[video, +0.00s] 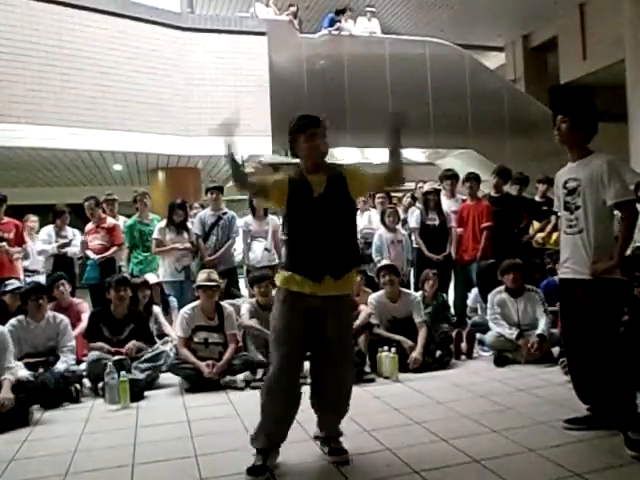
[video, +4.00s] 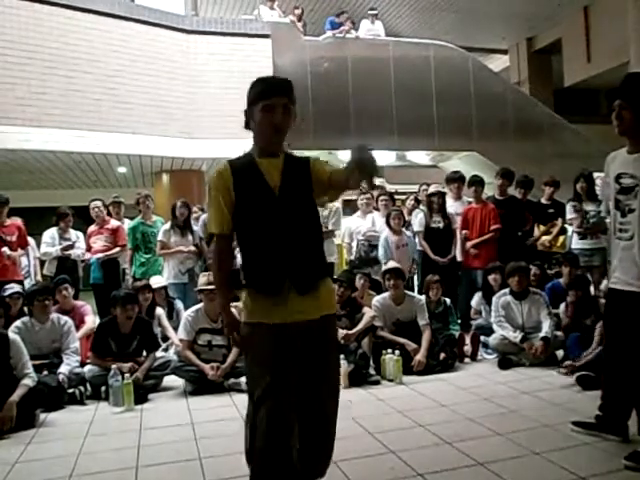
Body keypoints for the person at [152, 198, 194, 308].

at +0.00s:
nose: (178, 218)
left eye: (181, 215)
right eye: (176, 214)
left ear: (185, 215)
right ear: (171, 214)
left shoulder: (187, 228)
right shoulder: (161, 228)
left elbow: (195, 247)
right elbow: (155, 249)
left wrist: (189, 247)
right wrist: (174, 247)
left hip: (186, 269)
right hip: (169, 271)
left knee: (187, 304)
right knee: (174, 305)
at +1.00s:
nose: (179, 218)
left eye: (182, 215)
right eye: (177, 215)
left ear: (186, 215)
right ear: (172, 213)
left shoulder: (189, 227)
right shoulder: (163, 227)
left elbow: (196, 247)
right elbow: (156, 249)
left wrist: (188, 247)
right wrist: (174, 247)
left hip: (188, 269)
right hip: (171, 270)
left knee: (188, 304)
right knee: (175, 305)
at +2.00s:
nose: (178, 218)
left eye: (181, 215)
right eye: (176, 215)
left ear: (185, 215)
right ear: (171, 213)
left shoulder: (189, 228)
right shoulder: (162, 228)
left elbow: (196, 248)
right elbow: (155, 250)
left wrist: (189, 247)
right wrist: (174, 246)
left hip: (187, 268)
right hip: (170, 269)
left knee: (188, 302)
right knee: (174, 303)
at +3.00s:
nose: (182, 220)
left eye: (185, 218)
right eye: (180, 217)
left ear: (189, 218)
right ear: (175, 216)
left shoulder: (193, 231)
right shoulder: (166, 230)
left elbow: (200, 250)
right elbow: (160, 252)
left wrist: (193, 249)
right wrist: (178, 249)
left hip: (191, 274)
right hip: (174, 274)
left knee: (192, 308)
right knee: (180, 309)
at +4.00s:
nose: (182, 211)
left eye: (184, 208)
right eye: (179, 208)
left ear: (188, 211)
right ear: (174, 211)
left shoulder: (192, 230)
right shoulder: (166, 229)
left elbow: (200, 250)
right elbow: (159, 251)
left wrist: (192, 249)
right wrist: (179, 249)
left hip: (191, 274)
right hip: (173, 274)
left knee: (191, 309)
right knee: (178, 310)